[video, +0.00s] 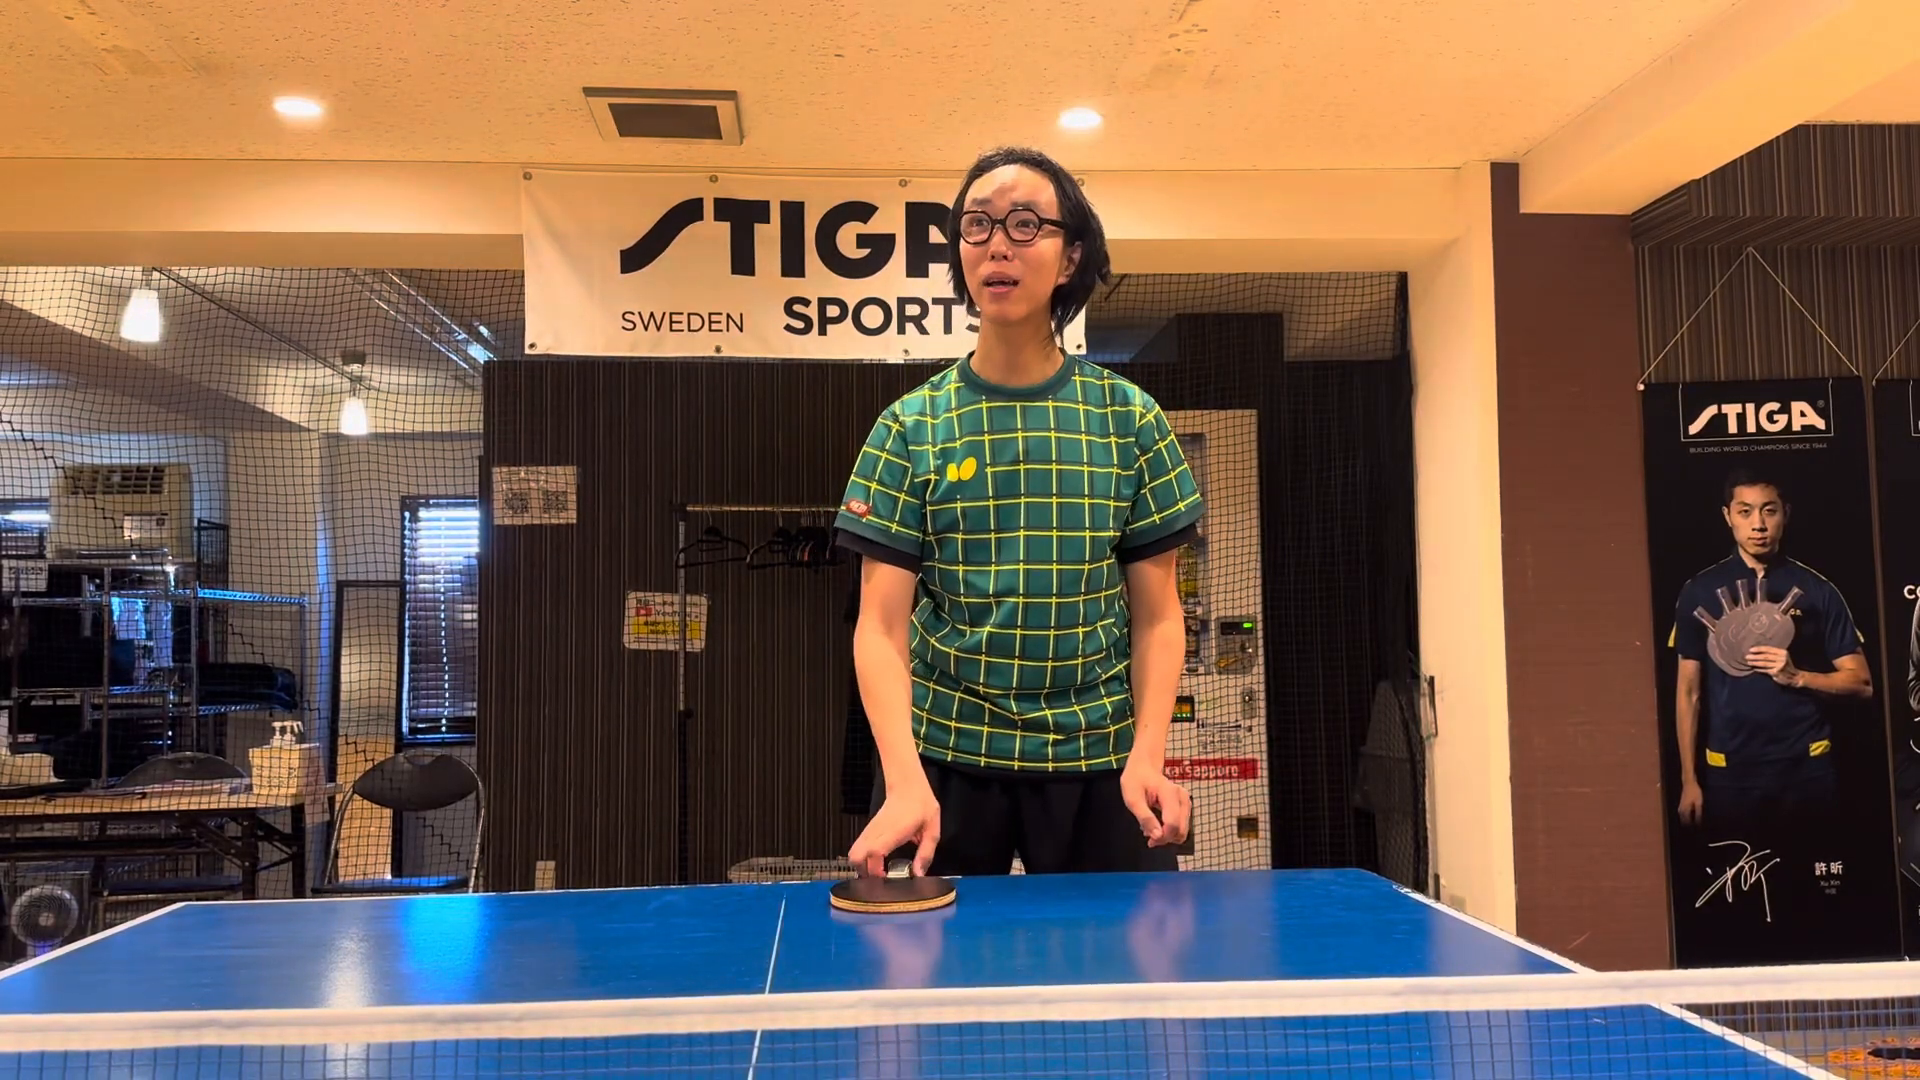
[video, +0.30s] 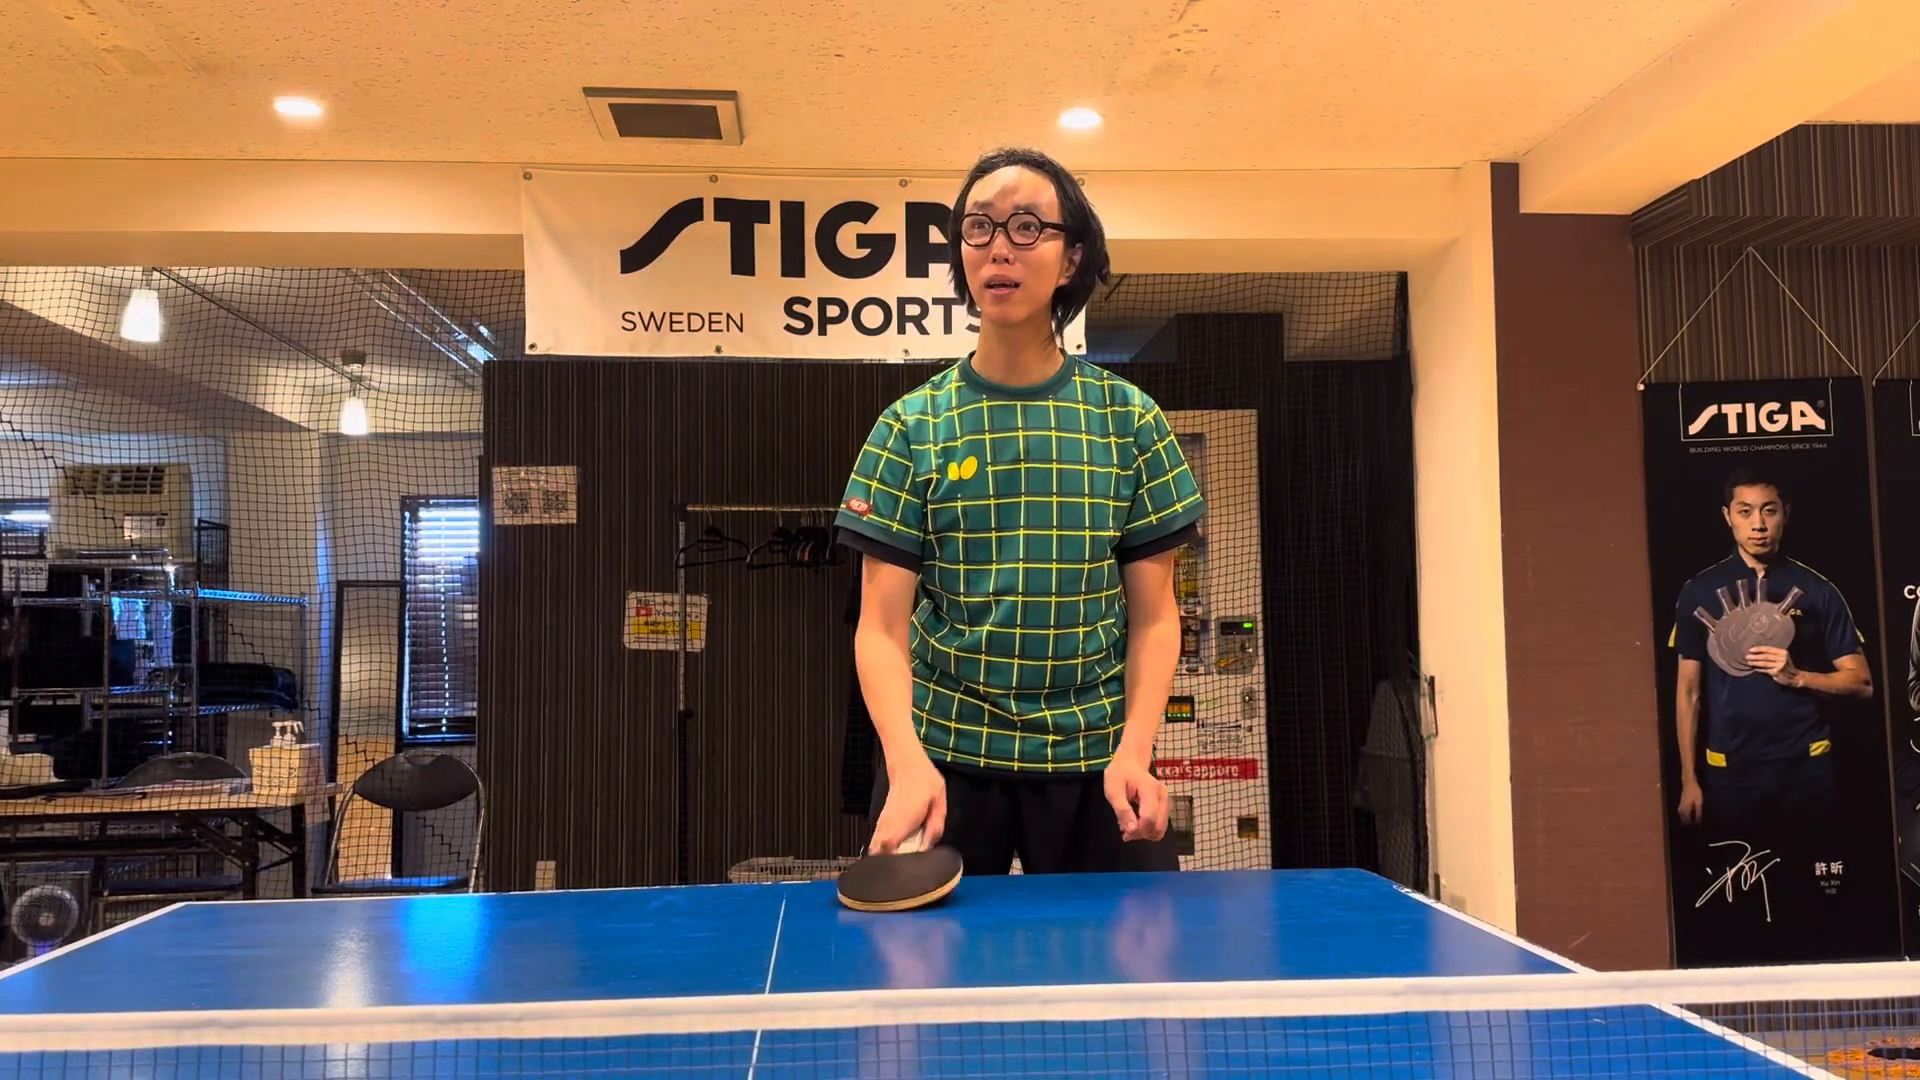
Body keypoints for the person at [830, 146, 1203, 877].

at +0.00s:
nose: (999, 245)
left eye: (1026, 225)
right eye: (979, 225)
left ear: (1070, 258)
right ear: (958, 253)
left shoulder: (1129, 419)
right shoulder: (913, 426)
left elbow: (1158, 615)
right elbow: (881, 628)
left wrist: (1147, 758)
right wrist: (903, 781)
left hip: (1100, 779)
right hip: (947, 779)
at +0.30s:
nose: (1001, 248)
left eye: (1029, 228)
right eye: (982, 228)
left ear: (1071, 260)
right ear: (960, 254)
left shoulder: (1129, 420)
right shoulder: (913, 426)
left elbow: (1154, 614)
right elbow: (882, 627)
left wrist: (1135, 751)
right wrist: (906, 763)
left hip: (1095, 776)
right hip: (948, 776)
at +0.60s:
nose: (1006, 258)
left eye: (1033, 236)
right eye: (986, 236)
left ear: (1074, 262)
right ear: (964, 257)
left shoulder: (1131, 421)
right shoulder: (914, 425)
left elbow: (1156, 611)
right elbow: (872, 613)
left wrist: (1126, 716)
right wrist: (910, 700)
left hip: (1097, 772)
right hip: (939, 771)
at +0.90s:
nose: (1008, 287)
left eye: (1033, 264)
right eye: (986, 262)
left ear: (1067, 278)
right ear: (957, 272)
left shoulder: (1124, 422)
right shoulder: (904, 430)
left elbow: (1161, 609)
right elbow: (858, 612)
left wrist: (1117, 676)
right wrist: (920, 690)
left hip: (1093, 781)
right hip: (932, 781)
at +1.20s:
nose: (993, 303)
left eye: (1017, 280)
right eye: (971, 278)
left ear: (1049, 296)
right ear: (941, 293)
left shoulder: (1096, 443)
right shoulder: (880, 449)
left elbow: (1129, 618)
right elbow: (834, 640)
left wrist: (1092, 654)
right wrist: (926, 705)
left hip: (1075, 771)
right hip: (912, 775)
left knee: (1177, 961)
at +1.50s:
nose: (1070, 329)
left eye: (1095, 307)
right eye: (1048, 304)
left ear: (1129, 321)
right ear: (1019, 317)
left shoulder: (1181, 453)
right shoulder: (964, 473)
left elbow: (1232, 661)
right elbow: (886, 649)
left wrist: (1186, 541)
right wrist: (938, 714)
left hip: (1154, 782)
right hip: (989, 779)